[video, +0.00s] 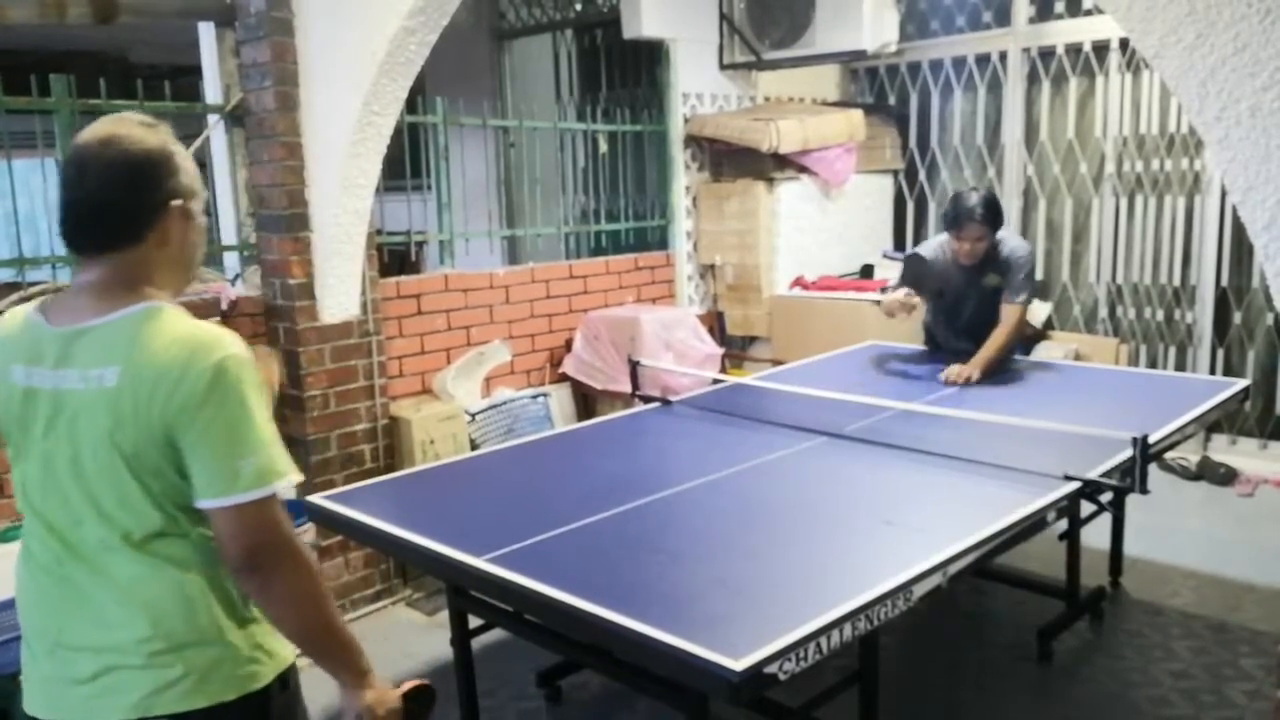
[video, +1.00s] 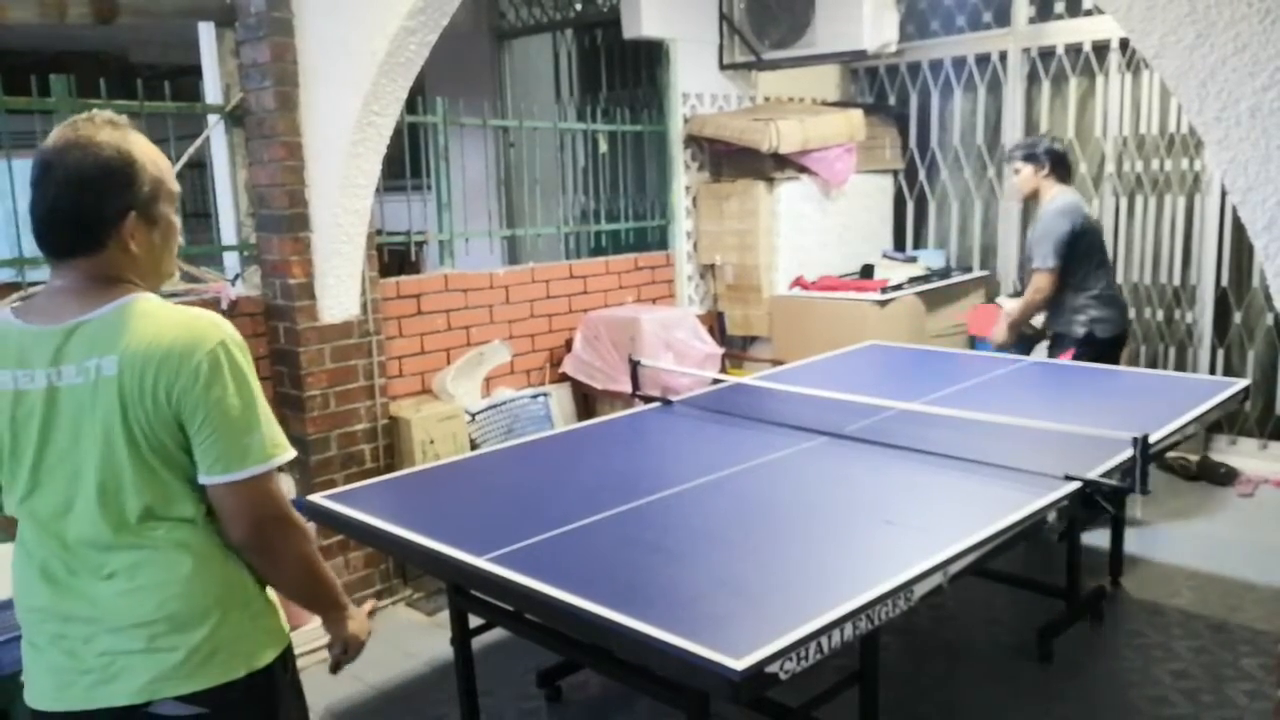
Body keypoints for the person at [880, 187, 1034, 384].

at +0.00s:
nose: (967, 248)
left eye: (978, 240)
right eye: (959, 239)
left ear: (993, 235)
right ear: (949, 232)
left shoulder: (1016, 254)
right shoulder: (929, 256)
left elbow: (1010, 324)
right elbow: (888, 303)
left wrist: (974, 366)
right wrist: (895, 303)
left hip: (993, 355)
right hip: (941, 352)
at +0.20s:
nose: (952, 224)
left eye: (963, 215)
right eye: (947, 215)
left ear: (985, 215)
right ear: (941, 215)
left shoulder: (1010, 251)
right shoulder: (929, 246)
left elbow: (1004, 315)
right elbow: (923, 305)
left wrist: (971, 359)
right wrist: (918, 301)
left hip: (1002, 348)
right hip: (952, 346)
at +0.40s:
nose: (936, 203)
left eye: (945, 194)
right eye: (931, 196)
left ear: (973, 194)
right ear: (927, 198)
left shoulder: (1001, 237)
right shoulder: (949, 236)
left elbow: (1019, 307)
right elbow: (954, 278)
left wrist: (957, 336)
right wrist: (935, 300)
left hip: (1024, 334)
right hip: (984, 328)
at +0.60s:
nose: (951, 193)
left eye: (959, 184)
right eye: (950, 186)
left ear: (989, 184)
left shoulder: (1010, 227)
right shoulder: (992, 223)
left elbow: (1022, 303)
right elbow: (997, 286)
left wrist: (972, 320)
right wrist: (965, 302)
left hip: (1040, 343)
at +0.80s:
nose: (988, 192)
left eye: (994, 183)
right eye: (987, 185)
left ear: (1022, 182)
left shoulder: (1038, 224)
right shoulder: (1036, 217)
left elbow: (1037, 299)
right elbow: (1030, 289)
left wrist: (1006, 335)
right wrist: (1008, 309)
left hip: (1069, 343)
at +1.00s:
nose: (1014, 180)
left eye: (1018, 171)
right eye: (1013, 173)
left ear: (1043, 168)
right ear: (1043, 169)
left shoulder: (1056, 211)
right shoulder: (1066, 204)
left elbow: (1042, 288)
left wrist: (1010, 325)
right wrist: (1021, 307)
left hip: (1085, 328)